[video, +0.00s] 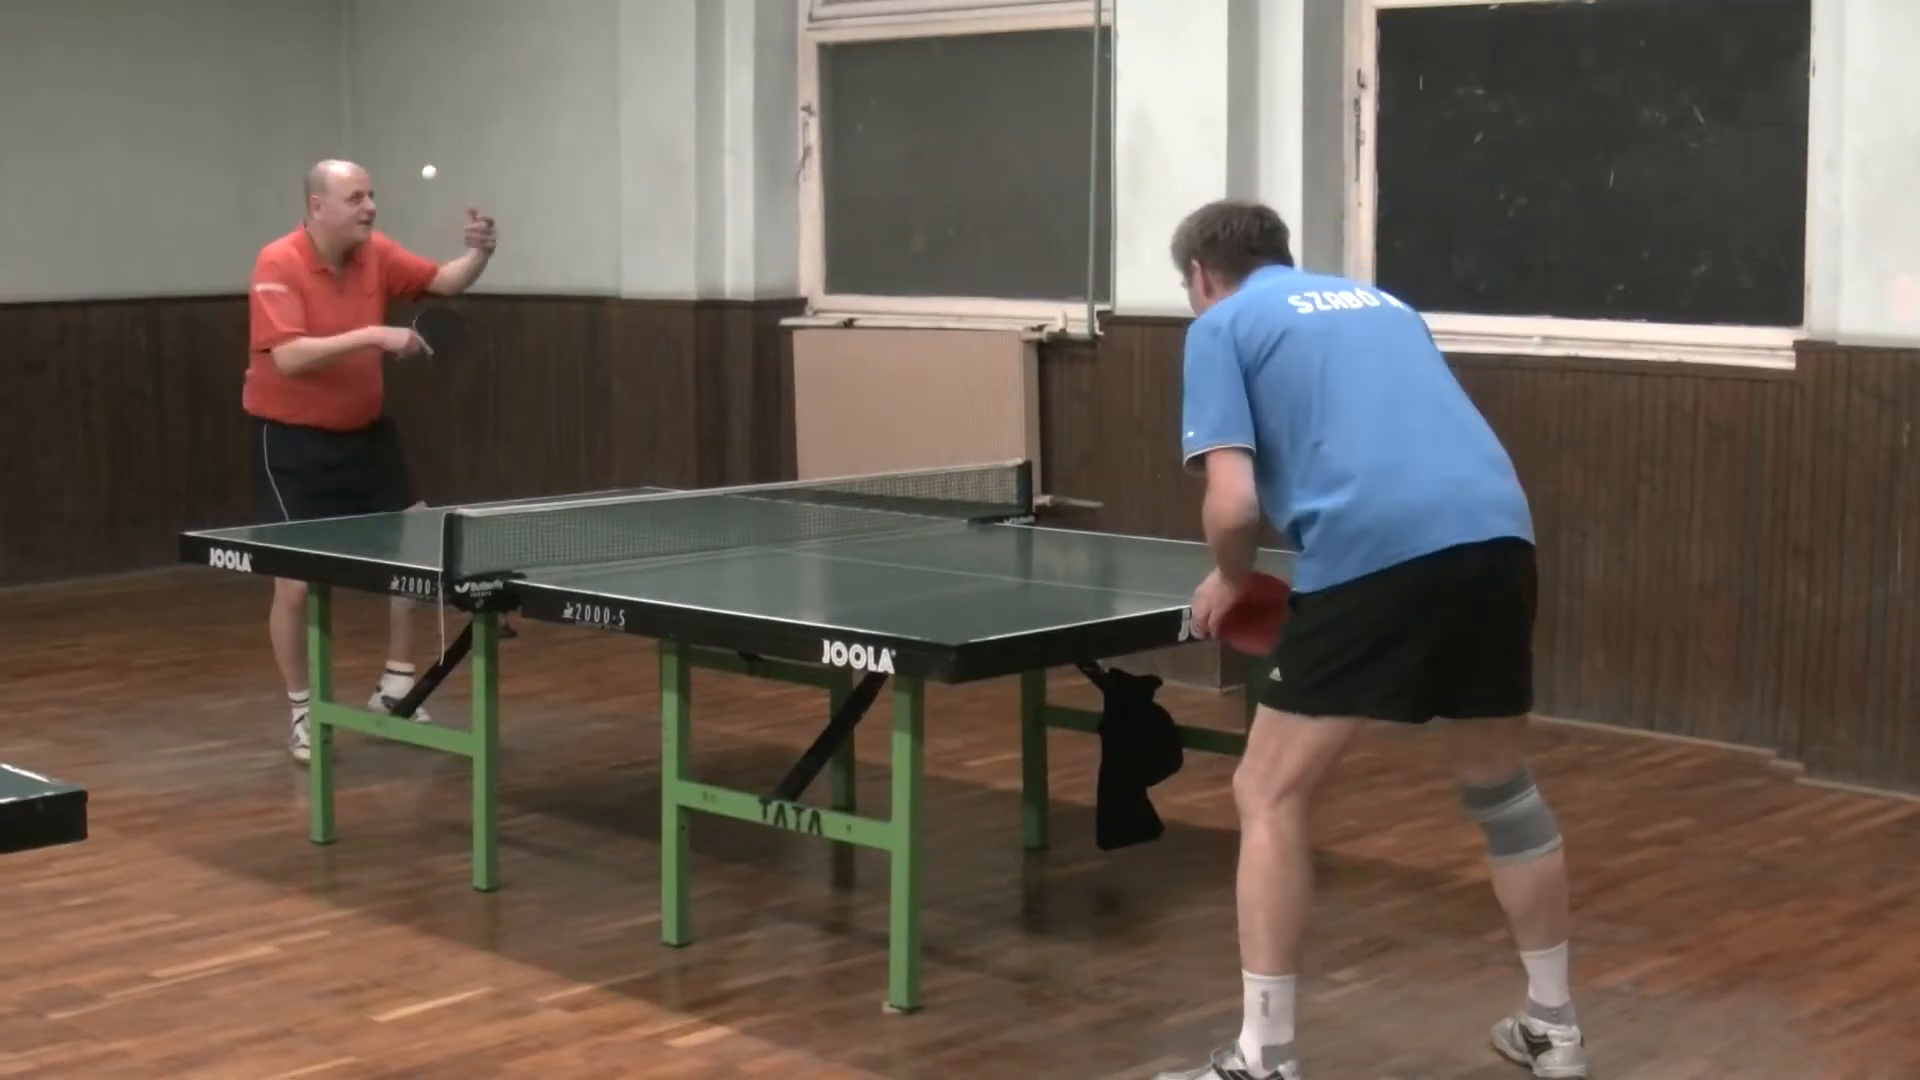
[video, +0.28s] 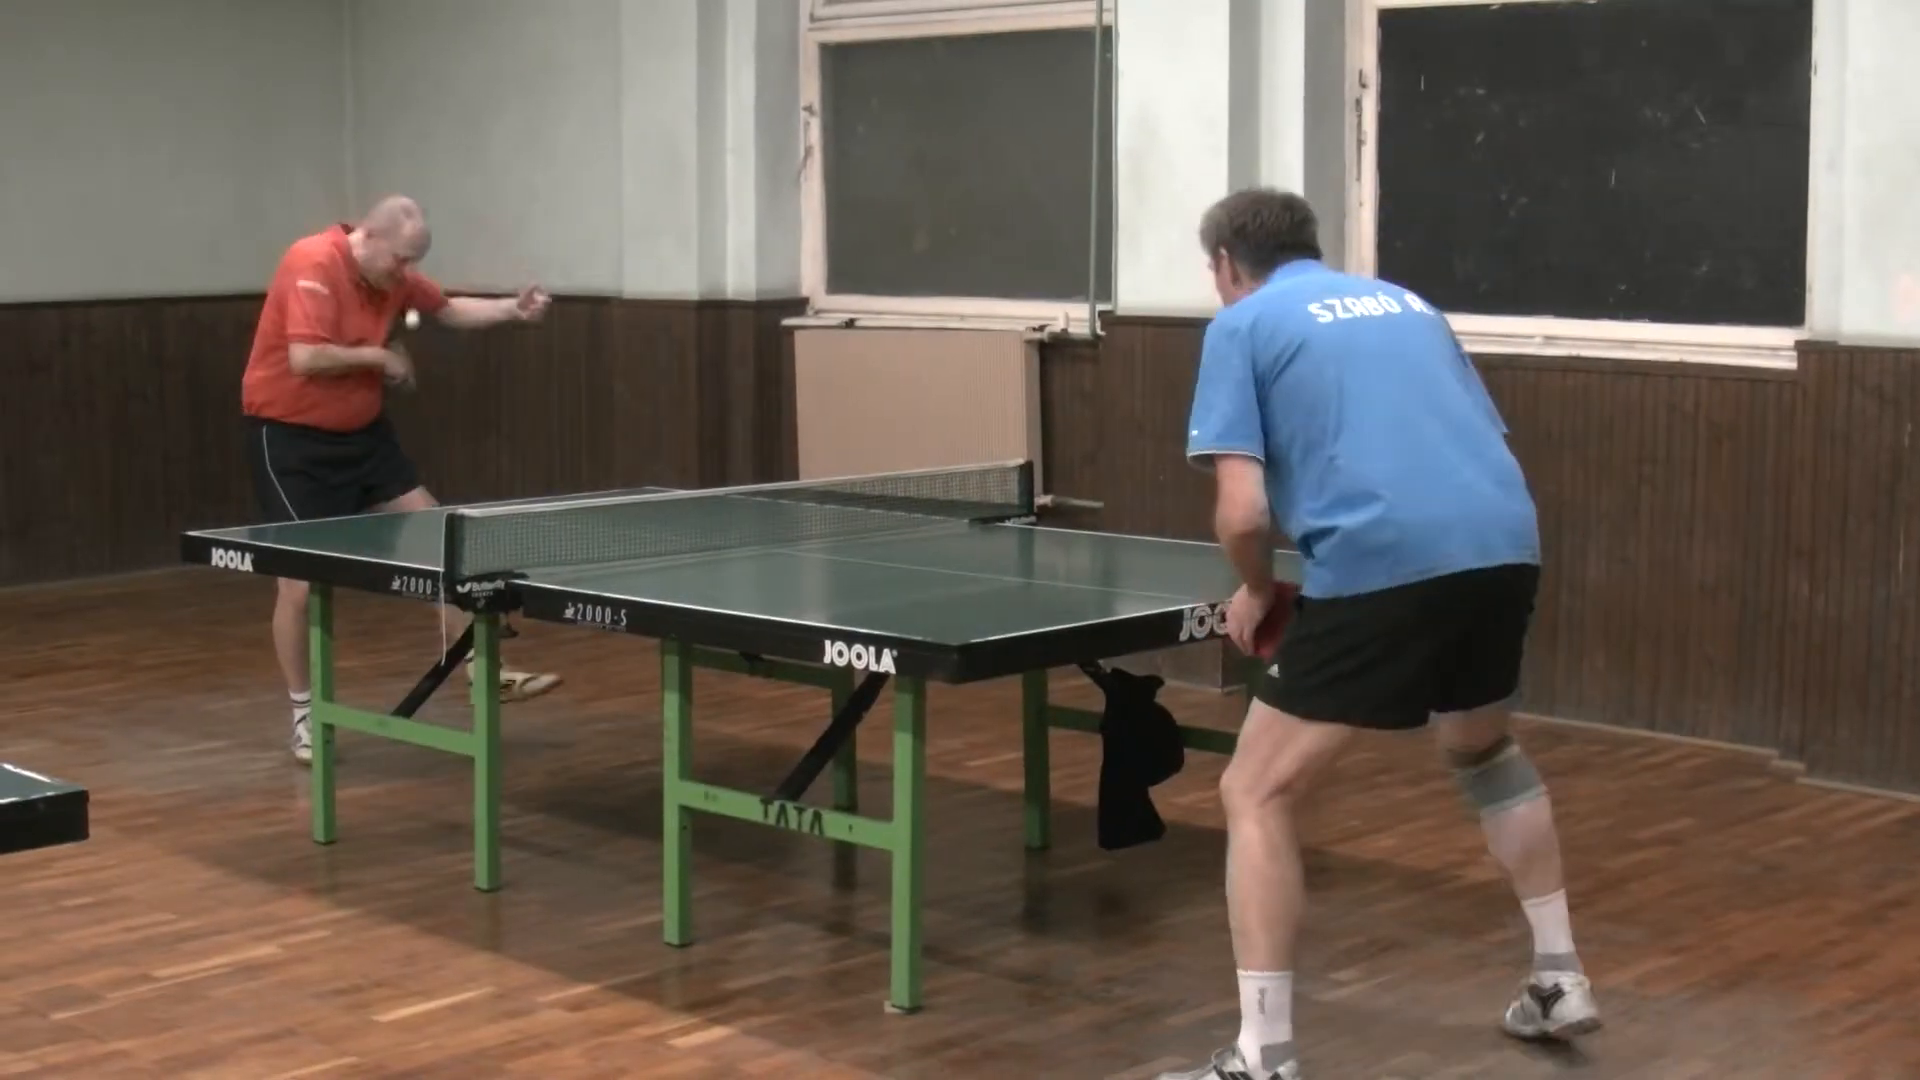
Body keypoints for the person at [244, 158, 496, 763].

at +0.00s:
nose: (370, 208)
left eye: (371, 197)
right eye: (356, 199)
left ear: (370, 203)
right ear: (317, 208)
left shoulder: (372, 253)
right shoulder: (280, 262)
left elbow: (444, 281)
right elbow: (288, 355)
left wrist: (478, 252)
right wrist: (372, 335)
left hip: (368, 433)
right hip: (295, 438)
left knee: (412, 555)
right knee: (295, 581)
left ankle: (398, 686)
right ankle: (302, 707)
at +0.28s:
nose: (404, 273)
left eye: (410, 263)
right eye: (400, 261)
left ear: (391, 247)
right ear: (366, 238)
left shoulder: (389, 277)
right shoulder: (311, 263)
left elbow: (447, 306)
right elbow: (305, 357)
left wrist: (511, 308)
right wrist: (379, 355)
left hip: (362, 433)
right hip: (292, 437)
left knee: (439, 535)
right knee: (298, 581)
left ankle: (478, 668)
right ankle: (304, 712)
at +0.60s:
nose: (445, 279)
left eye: (451, 269)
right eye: (437, 266)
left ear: (456, 262)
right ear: (402, 246)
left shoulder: (448, 298)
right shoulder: (344, 258)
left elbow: (483, 350)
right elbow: (249, 252)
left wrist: (527, 388)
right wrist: (289, 304)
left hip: (393, 442)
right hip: (318, 436)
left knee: (423, 571)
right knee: (310, 572)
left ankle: (428, 702)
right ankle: (303, 708)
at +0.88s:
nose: (425, 248)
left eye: (429, 238)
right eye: (413, 239)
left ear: (430, 236)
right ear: (376, 236)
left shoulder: (434, 285)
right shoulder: (322, 269)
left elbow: (458, 345)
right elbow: (242, 322)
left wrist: (490, 394)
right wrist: (286, 361)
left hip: (391, 451)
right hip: (306, 448)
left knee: (426, 575)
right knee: (261, 574)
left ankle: (428, 701)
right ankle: (227, 706)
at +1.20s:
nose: (355, 252)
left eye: (358, 241)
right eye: (342, 244)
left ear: (359, 239)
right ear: (305, 246)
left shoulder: (375, 286)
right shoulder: (262, 297)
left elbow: (402, 346)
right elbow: (228, 387)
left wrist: (419, 395)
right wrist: (282, 430)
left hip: (361, 452)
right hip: (275, 456)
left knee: (415, 571)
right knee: (236, 575)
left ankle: (431, 694)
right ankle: (218, 715)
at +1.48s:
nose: (285, 273)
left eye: (294, 260)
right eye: (272, 263)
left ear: (309, 257)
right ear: (251, 265)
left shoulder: (347, 300)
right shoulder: (226, 315)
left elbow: (401, 363)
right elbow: (166, 386)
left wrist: (427, 431)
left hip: (352, 470)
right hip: (261, 473)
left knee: (413, 583)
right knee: (215, 577)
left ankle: (439, 697)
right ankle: (211, 721)